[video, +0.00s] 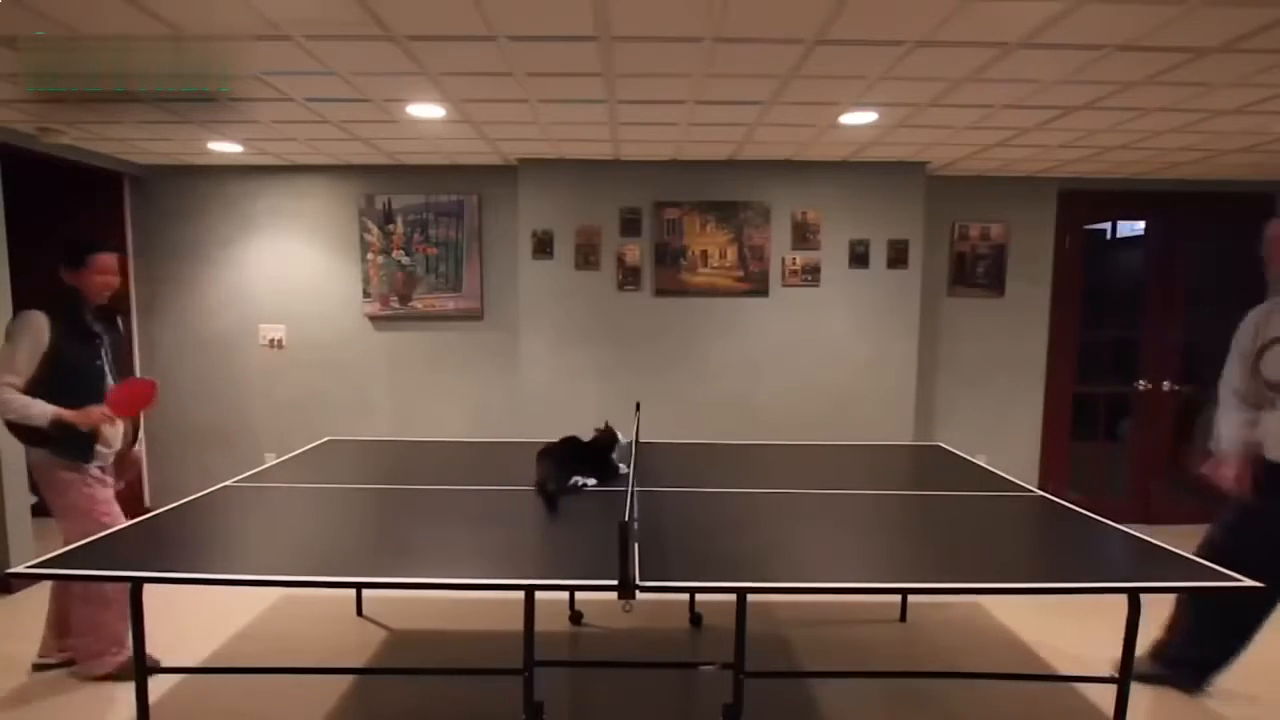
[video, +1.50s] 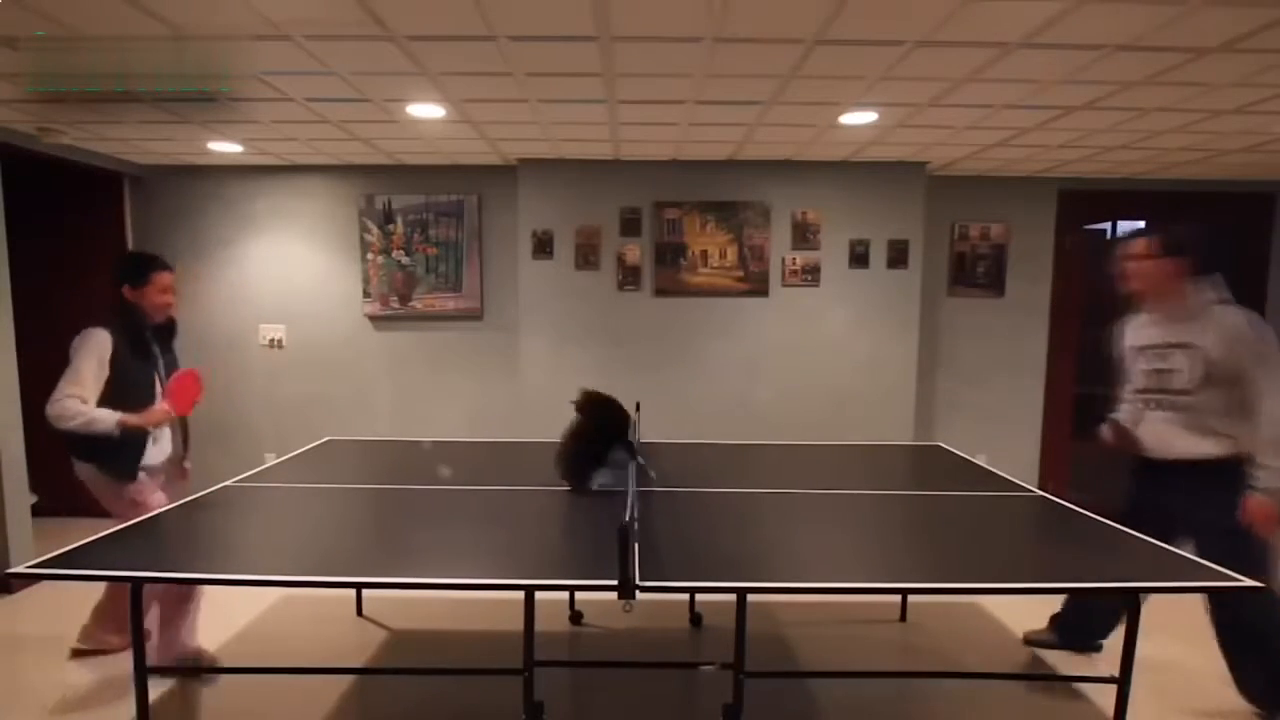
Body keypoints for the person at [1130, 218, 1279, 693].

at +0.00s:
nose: (1273, 260)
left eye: (1276, 249)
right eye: (1272, 250)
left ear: (1277, 256)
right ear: (1266, 256)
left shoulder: (1262, 323)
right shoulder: (1259, 323)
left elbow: (1235, 392)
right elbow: (1236, 391)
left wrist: (1235, 448)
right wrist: (1231, 450)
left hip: (1274, 473)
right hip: (1270, 470)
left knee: (1234, 561)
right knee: (1231, 563)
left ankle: (1185, 661)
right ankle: (1182, 661)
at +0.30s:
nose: (1197, 263)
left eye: (1211, 253)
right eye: (1195, 253)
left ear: (1253, 260)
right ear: (1190, 259)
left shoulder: (1275, 316)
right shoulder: (1188, 323)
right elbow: (1164, 385)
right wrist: (1170, 436)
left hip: (1269, 473)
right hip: (1201, 467)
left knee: (1275, 582)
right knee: (1171, 560)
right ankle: (1158, 649)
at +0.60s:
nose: (1191, 254)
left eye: (1204, 244)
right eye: (1189, 244)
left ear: (1244, 251)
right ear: (1185, 252)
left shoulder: (1273, 308)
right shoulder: (1178, 319)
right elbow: (1153, 378)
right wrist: (1150, 413)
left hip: (1259, 469)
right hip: (1189, 465)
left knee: (1267, 587)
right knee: (1164, 559)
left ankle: (1278, 685)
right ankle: (1155, 651)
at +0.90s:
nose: (1109, 297)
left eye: (1119, 285)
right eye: (1105, 287)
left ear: (1156, 282)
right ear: (1107, 292)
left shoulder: (1210, 338)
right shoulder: (1117, 341)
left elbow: (1252, 418)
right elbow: (1083, 382)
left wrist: (1248, 499)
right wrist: (1054, 404)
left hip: (1202, 488)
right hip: (1138, 484)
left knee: (1238, 602)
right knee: (1091, 546)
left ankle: (1279, 687)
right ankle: (1076, 630)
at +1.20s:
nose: (1050, 276)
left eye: (1061, 268)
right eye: (1048, 268)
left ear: (1095, 272)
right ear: (1051, 275)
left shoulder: (1151, 324)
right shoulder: (1052, 330)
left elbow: (1197, 391)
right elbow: (1007, 357)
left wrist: (1212, 463)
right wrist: (971, 374)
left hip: (1162, 464)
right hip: (1099, 463)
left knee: (1210, 576)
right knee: (1075, 546)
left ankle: (1273, 688)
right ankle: (1074, 630)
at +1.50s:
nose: (1130, 269)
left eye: (1142, 259)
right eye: (1128, 260)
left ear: (1178, 265)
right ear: (1124, 270)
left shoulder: (1234, 326)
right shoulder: (1131, 330)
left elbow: (1271, 405)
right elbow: (1135, 394)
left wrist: (1265, 486)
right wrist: (1117, 425)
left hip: (1218, 476)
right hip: (1152, 473)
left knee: (1241, 595)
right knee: (1118, 556)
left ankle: (1270, 695)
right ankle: (1077, 631)